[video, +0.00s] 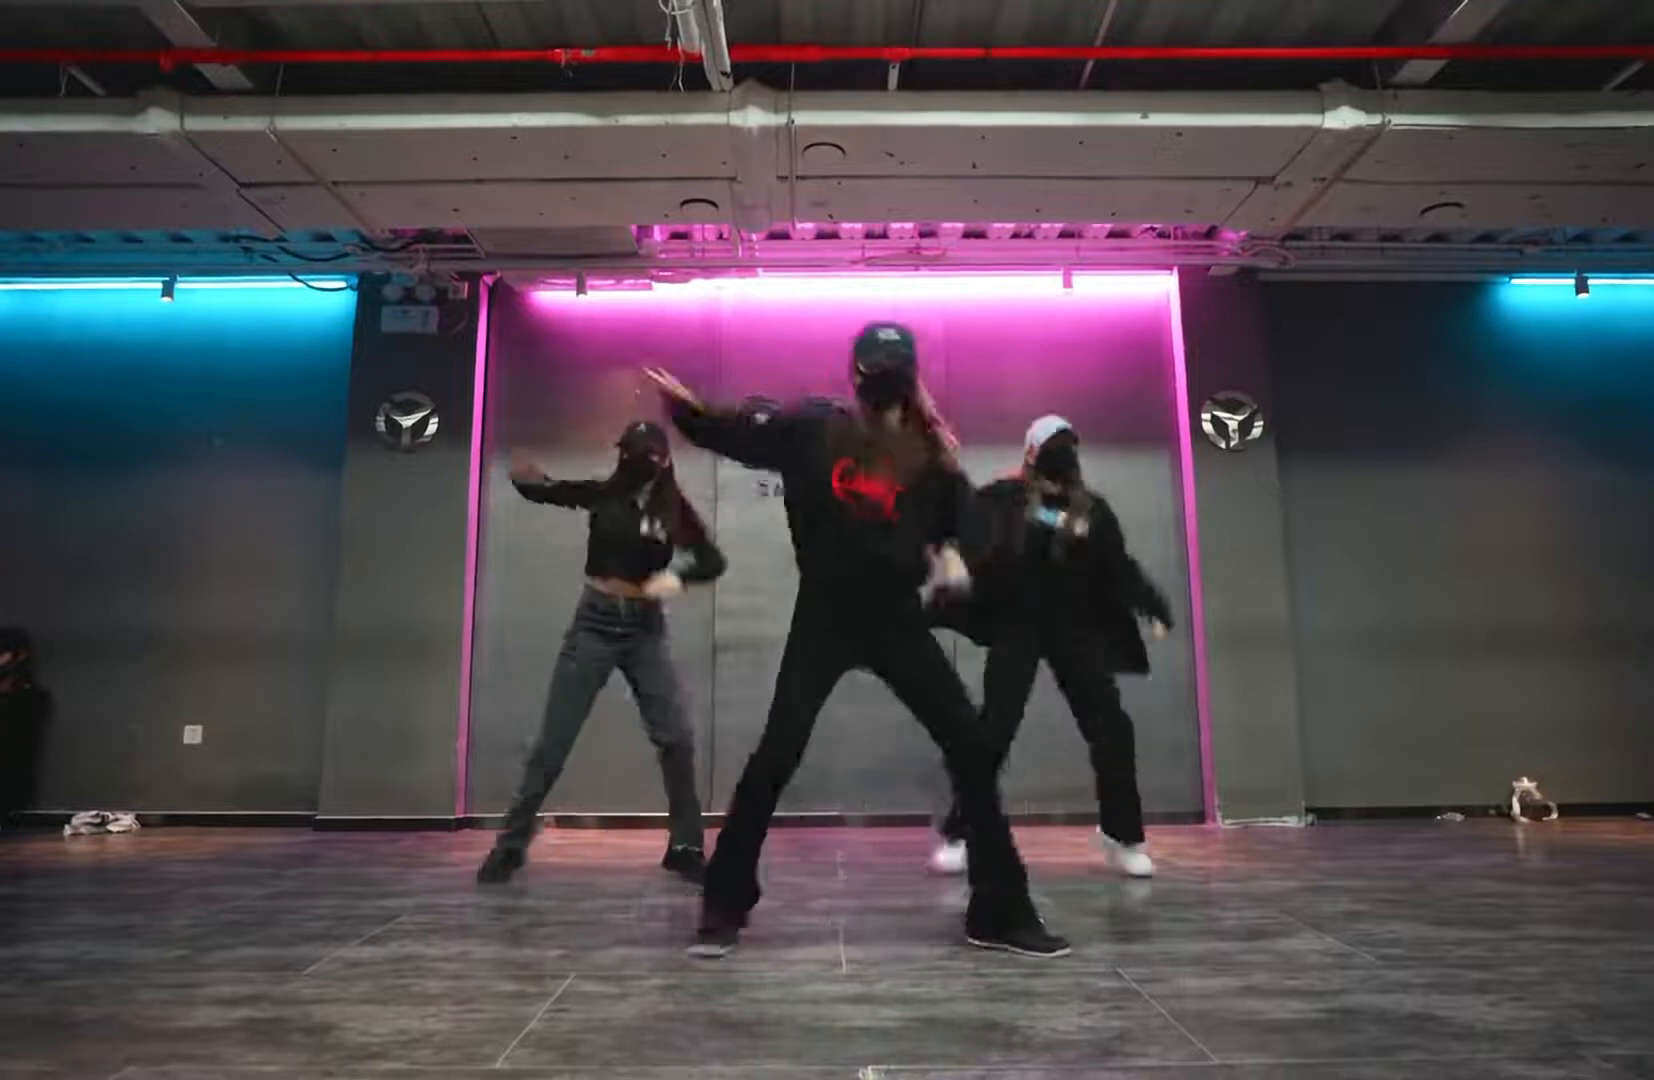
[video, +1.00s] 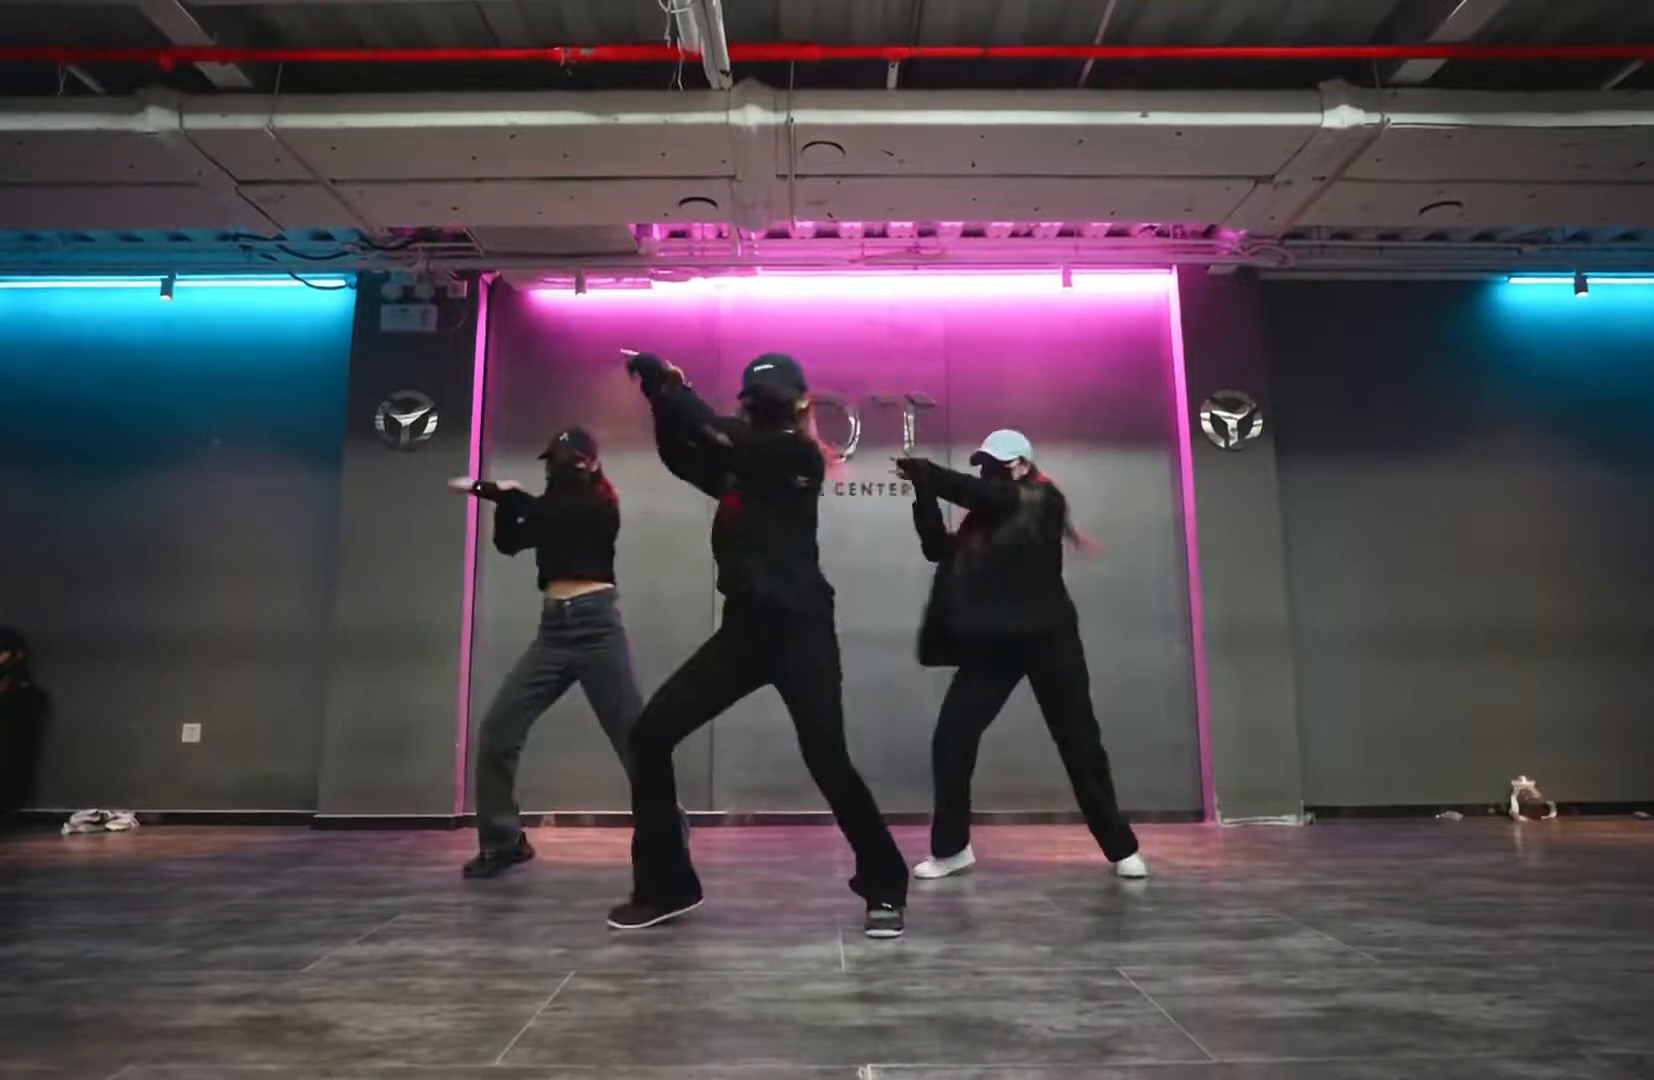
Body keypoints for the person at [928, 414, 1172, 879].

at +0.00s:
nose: (1064, 461)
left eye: (1070, 452)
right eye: (1055, 452)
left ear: (1078, 455)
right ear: (1033, 454)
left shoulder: (1090, 508)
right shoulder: (1000, 502)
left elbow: (1117, 567)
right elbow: (975, 555)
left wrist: (1152, 605)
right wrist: (1030, 523)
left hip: (1075, 633)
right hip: (1015, 631)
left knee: (1112, 729)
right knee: (995, 731)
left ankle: (1122, 835)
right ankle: (957, 834)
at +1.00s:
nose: (984, 474)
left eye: (992, 467)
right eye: (982, 468)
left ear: (1019, 466)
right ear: (1000, 468)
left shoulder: (1041, 497)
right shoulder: (984, 512)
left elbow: (982, 492)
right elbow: (937, 548)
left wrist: (925, 470)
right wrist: (925, 492)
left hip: (1049, 637)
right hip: (997, 640)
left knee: (1079, 742)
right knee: (951, 739)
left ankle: (1123, 851)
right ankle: (951, 849)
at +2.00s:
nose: (1090, 405)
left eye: (1095, 398)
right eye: (1080, 399)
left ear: (1104, 407)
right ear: (1061, 411)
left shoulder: (1128, 456)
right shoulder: (1042, 455)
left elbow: (1136, 529)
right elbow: (995, 455)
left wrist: (1143, 592)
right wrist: (1011, 394)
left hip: (1115, 590)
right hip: (1059, 591)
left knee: (1118, 686)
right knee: (1061, 688)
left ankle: (1109, 781)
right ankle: (1071, 787)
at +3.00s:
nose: (1075, 472)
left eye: (1081, 463)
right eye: (1065, 464)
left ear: (1090, 467)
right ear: (1043, 467)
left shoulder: (1097, 519)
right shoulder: (1026, 523)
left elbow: (1132, 583)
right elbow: (1029, 589)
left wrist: (1117, 642)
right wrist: (1101, 568)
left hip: (1095, 649)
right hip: (1035, 653)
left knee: (1150, 731)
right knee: (1014, 746)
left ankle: (1149, 835)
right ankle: (954, 826)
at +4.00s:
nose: (1060, 481)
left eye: (1067, 470)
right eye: (1049, 471)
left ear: (1079, 471)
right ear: (1032, 471)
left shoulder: (1103, 524)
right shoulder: (1013, 525)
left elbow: (1125, 588)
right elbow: (983, 590)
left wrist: (1140, 644)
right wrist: (981, 650)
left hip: (1090, 646)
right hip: (1025, 648)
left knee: (1137, 732)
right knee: (1014, 733)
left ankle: (1154, 820)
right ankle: (961, 821)